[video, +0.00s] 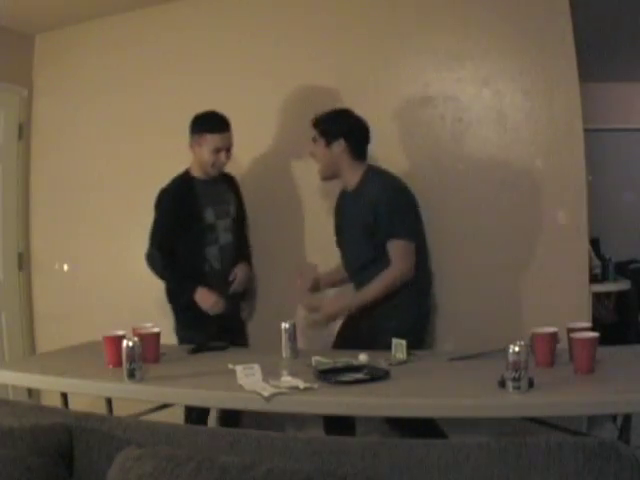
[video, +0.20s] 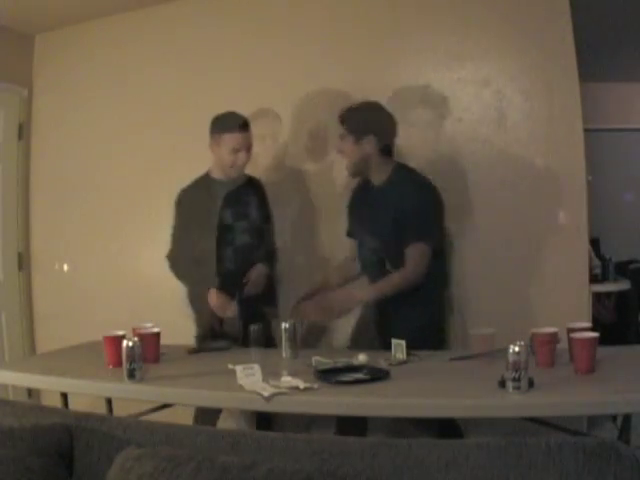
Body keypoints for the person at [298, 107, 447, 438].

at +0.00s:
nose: (312, 152)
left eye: (317, 143)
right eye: (313, 143)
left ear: (340, 147)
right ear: (338, 148)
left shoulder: (388, 191)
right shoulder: (345, 199)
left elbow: (403, 267)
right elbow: (359, 263)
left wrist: (346, 303)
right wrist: (322, 281)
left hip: (400, 314)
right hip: (365, 313)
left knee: (399, 408)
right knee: (336, 395)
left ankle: (454, 467)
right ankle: (338, 478)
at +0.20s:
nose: (339, 148)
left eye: (346, 139)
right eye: (341, 139)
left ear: (372, 144)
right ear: (366, 146)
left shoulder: (417, 191)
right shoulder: (361, 195)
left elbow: (416, 269)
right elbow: (362, 262)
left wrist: (352, 298)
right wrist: (322, 294)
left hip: (421, 321)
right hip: (380, 318)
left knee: (428, 413)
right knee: (353, 401)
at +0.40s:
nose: (397, 137)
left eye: (405, 128)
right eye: (388, 128)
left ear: (417, 127)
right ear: (376, 127)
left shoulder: (440, 170)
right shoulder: (355, 174)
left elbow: (455, 229)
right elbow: (339, 219)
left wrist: (431, 267)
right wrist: (347, 243)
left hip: (431, 292)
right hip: (381, 296)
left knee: (454, 377)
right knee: (384, 386)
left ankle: (458, 469)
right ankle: (380, 471)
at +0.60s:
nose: (374, 140)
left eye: (382, 130)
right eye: (365, 131)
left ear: (396, 128)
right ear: (355, 130)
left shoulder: (424, 167)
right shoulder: (340, 175)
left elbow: (438, 235)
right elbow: (331, 228)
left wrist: (378, 266)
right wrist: (335, 246)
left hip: (421, 294)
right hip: (372, 298)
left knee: (438, 387)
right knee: (378, 390)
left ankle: (446, 474)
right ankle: (374, 474)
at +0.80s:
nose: (360, 145)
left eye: (368, 136)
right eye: (352, 137)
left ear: (384, 133)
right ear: (343, 136)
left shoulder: (414, 168)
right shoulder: (335, 177)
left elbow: (429, 235)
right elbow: (334, 230)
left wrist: (372, 260)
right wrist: (329, 244)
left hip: (414, 296)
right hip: (366, 301)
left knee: (428, 386)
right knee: (372, 390)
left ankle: (434, 470)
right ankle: (372, 473)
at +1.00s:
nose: (356, 149)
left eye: (364, 140)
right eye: (348, 140)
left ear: (380, 135)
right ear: (340, 138)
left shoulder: (412, 170)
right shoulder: (334, 178)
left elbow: (424, 239)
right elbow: (338, 231)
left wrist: (359, 255)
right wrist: (326, 235)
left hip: (413, 292)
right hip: (365, 295)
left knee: (431, 379)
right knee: (368, 385)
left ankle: (433, 468)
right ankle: (369, 469)